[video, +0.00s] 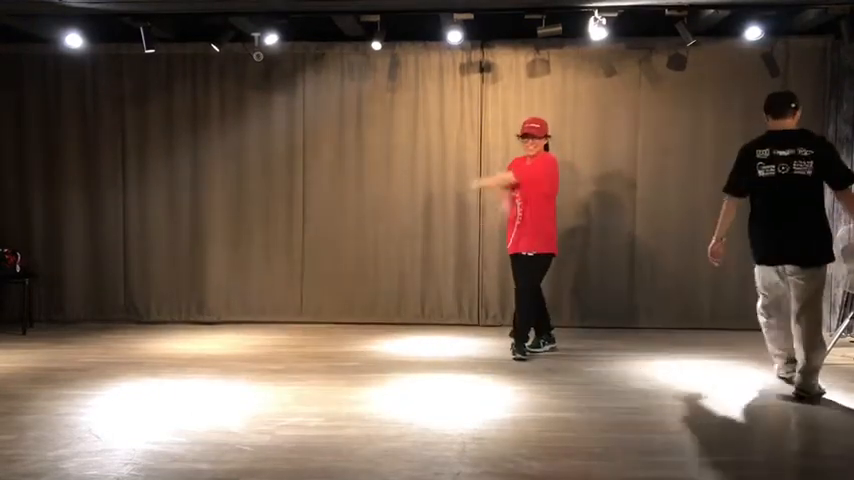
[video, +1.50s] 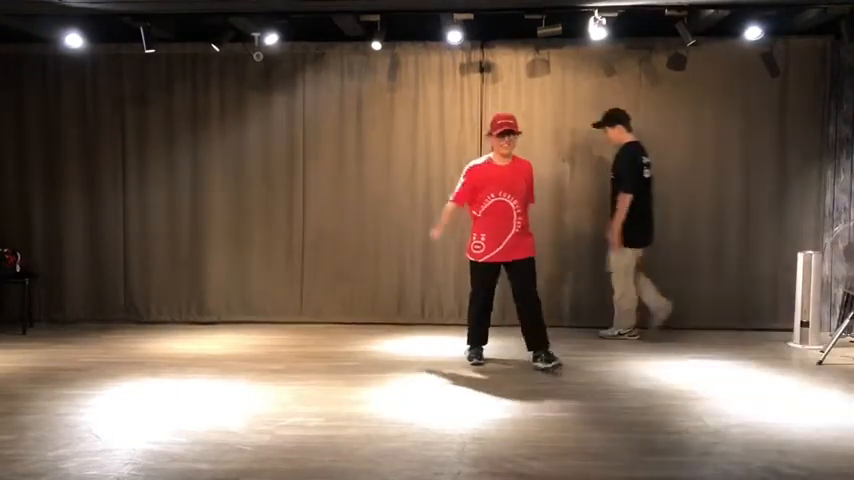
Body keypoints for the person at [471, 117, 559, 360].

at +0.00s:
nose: (530, 143)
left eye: (535, 139)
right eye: (526, 138)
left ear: (545, 141)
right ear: (521, 140)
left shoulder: (547, 163)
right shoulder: (517, 166)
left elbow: (513, 178)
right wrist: (503, 192)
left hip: (540, 240)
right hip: (518, 239)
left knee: (526, 289)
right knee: (529, 289)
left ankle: (519, 340)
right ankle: (545, 335)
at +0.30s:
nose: (514, 140)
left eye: (519, 136)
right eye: (511, 136)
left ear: (529, 140)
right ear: (507, 140)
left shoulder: (542, 161)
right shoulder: (509, 163)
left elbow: (571, 173)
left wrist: (593, 183)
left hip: (529, 241)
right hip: (504, 239)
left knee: (521, 291)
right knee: (495, 285)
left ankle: (519, 342)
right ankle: (526, 326)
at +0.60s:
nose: (519, 148)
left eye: (523, 144)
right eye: (515, 144)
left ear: (531, 142)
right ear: (506, 141)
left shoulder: (538, 166)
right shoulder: (495, 166)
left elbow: (544, 199)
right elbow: (475, 189)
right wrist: (458, 201)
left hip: (528, 244)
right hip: (497, 242)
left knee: (523, 297)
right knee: (486, 292)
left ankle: (519, 343)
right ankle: (473, 340)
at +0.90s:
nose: (503, 149)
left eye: (507, 145)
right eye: (498, 145)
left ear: (513, 142)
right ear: (489, 141)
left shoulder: (520, 159)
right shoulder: (479, 165)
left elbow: (507, 174)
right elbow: (494, 189)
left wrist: (474, 169)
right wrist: (526, 181)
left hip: (517, 242)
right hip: (485, 241)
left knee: (517, 297)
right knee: (480, 296)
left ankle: (519, 343)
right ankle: (475, 345)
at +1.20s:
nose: (494, 142)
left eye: (497, 137)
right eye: (488, 138)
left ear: (502, 138)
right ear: (478, 141)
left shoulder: (515, 166)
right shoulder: (466, 170)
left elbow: (536, 197)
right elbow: (444, 200)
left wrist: (553, 219)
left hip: (510, 244)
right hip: (476, 246)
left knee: (520, 292)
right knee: (476, 298)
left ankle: (518, 340)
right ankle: (475, 346)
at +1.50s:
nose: (507, 140)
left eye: (511, 136)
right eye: (502, 136)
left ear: (517, 139)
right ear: (492, 138)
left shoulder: (524, 168)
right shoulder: (475, 169)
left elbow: (527, 204)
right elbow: (454, 201)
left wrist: (520, 232)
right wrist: (440, 226)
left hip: (518, 246)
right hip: (484, 247)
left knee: (528, 298)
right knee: (481, 298)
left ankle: (540, 350)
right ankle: (475, 347)